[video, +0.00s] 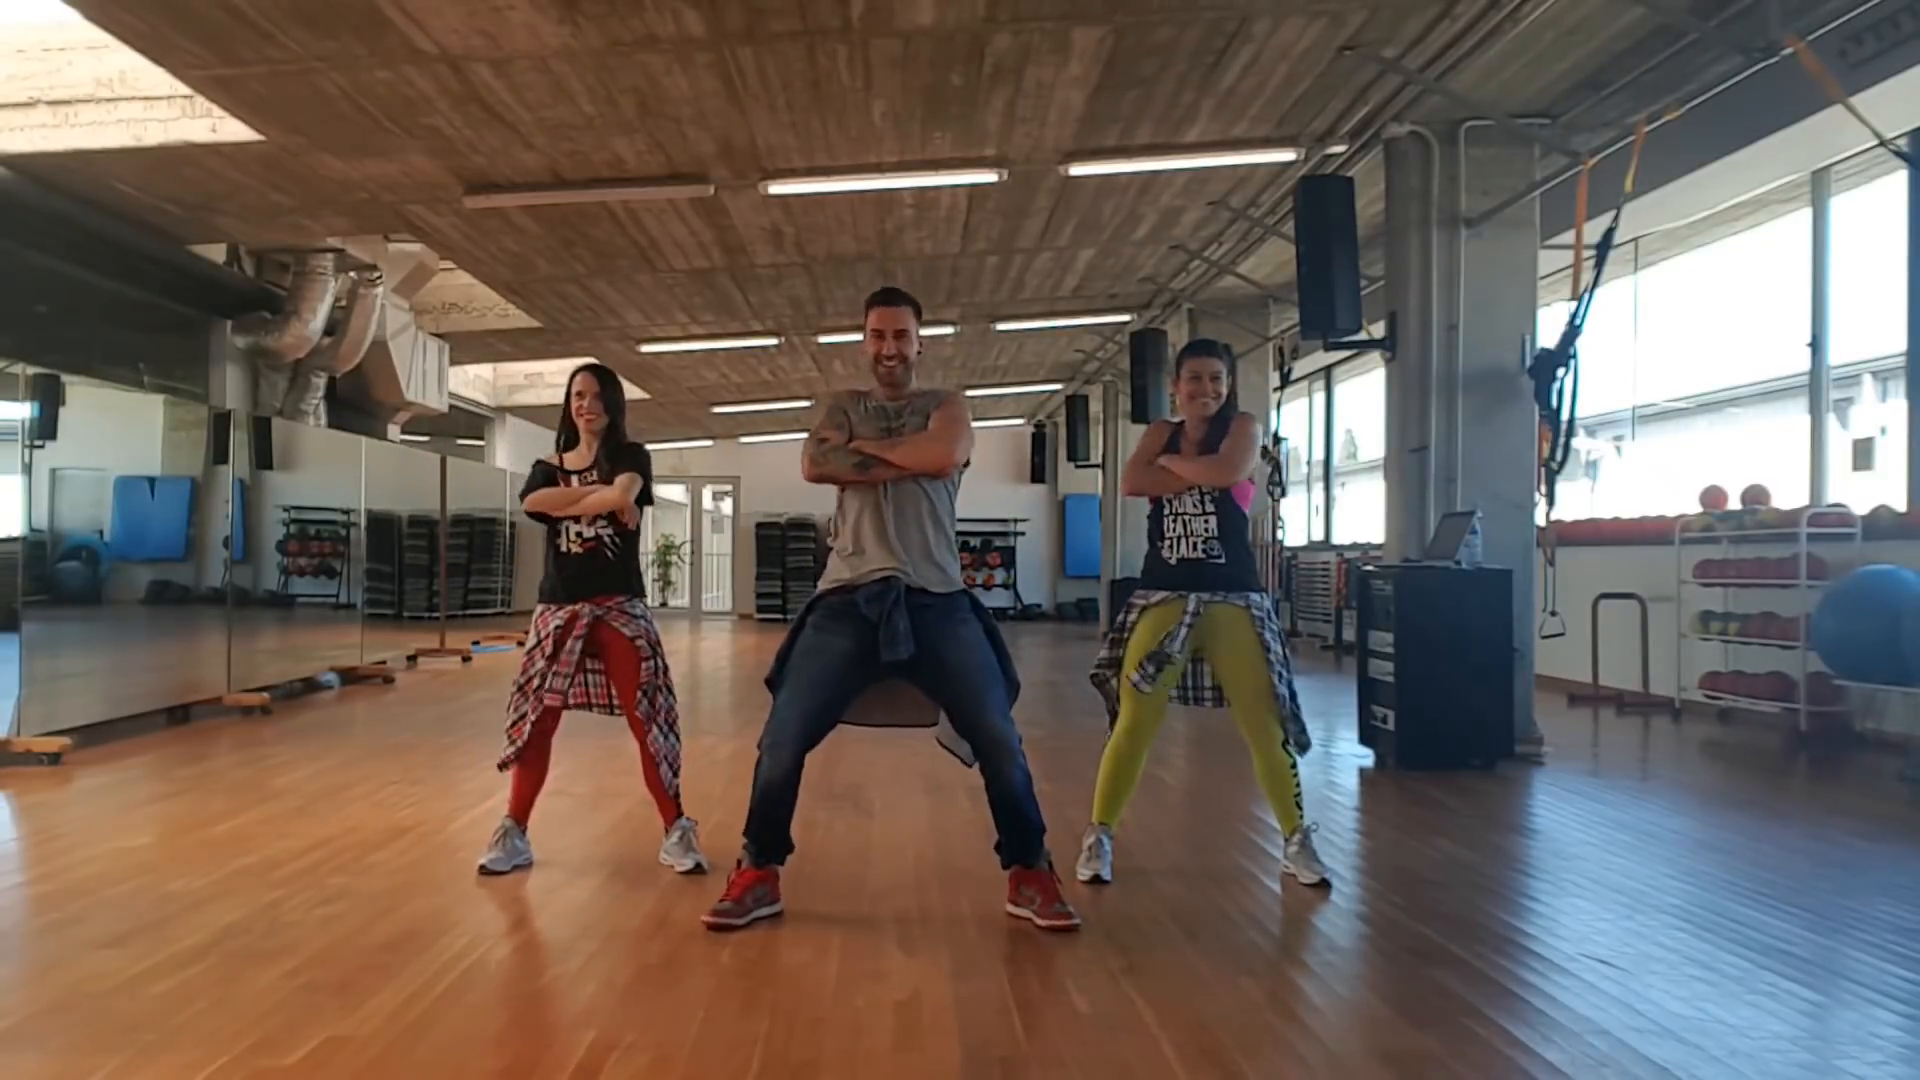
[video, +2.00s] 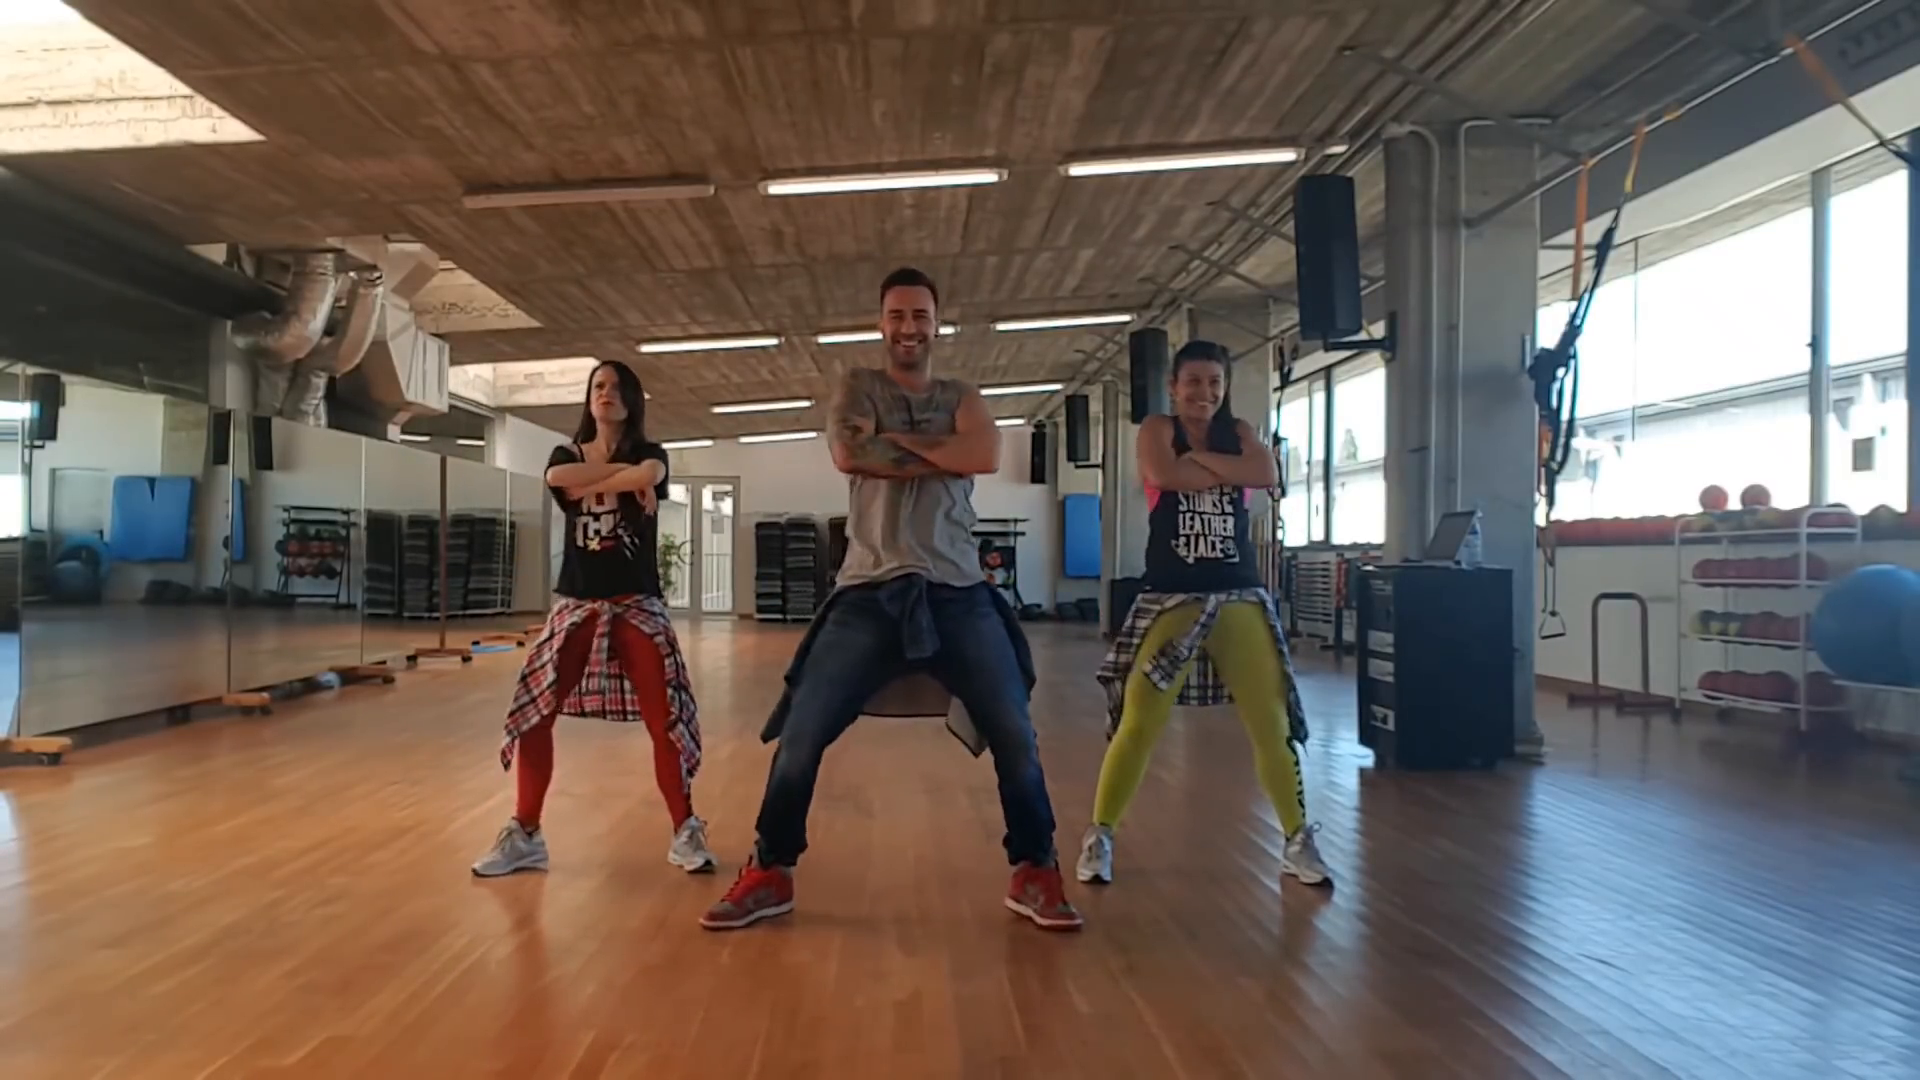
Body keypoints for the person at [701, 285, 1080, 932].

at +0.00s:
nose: (890, 347)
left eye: (901, 337)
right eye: (879, 337)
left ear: (918, 342)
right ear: (864, 342)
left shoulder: (945, 404)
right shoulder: (840, 408)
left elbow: (944, 453)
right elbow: (814, 467)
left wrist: (855, 446)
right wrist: (909, 462)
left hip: (935, 596)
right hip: (846, 596)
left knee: (996, 733)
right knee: (780, 741)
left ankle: (1029, 873)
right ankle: (758, 873)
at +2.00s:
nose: (908, 326)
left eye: (919, 315)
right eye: (897, 316)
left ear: (937, 324)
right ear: (881, 326)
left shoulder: (961, 397)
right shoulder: (858, 390)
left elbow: (983, 456)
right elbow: (848, 458)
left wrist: (892, 443)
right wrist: (943, 459)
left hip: (958, 590)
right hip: (868, 589)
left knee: (1012, 729)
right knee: (802, 727)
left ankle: (1035, 873)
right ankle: (771, 873)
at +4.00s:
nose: (924, 319)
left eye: (935, 310)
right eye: (913, 310)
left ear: (951, 323)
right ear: (894, 322)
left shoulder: (975, 398)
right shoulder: (871, 385)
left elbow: (1004, 463)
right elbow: (870, 462)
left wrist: (910, 443)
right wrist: (966, 466)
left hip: (970, 591)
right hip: (882, 592)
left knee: (1021, 728)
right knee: (822, 727)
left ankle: (1036, 873)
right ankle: (784, 875)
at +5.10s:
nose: (914, 315)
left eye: (924, 307)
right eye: (902, 307)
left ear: (942, 326)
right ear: (883, 327)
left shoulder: (969, 399)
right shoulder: (854, 396)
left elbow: (1007, 470)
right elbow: (829, 479)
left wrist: (924, 478)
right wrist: (906, 531)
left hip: (957, 597)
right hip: (868, 598)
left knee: (1008, 731)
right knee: (809, 733)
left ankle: (1025, 873)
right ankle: (775, 872)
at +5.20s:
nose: (914, 316)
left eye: (925, 307)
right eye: (903, 307)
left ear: (942, 325)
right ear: (883, 326)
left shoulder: (970, 398)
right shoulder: (855, 397)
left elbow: (1028, 461)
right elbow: (816, 470)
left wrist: (975, 448)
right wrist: (859, 480)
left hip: (955, 592)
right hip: (866, 591)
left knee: (1006, 730)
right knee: (810, 726)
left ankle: (1025, 873)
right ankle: (775, 871)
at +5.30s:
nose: (912, 314)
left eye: (923, 305)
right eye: (901, 305)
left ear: (940, 320)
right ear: (882, 321)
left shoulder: (964, 393)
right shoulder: (858, 391)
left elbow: (1012, 458)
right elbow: (819, 457)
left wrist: (994, 379)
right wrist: (842, 380)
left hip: (952, 588)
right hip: (864, 585)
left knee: (1005, 729)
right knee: (809, 723)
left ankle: (1025, 873)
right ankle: (773, 871)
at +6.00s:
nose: (934, 345)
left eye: (945, 333)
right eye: (922, 333)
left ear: (961, 342)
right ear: (904, 342)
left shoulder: (985, 410)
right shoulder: (878, 421)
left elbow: (990, 446)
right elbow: (805, 468)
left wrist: (972, 349)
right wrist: (764, 383)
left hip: (984, 606)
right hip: (897, 606)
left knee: (1031, 740)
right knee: (829, 743)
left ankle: (1033, 874)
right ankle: (809, 874)